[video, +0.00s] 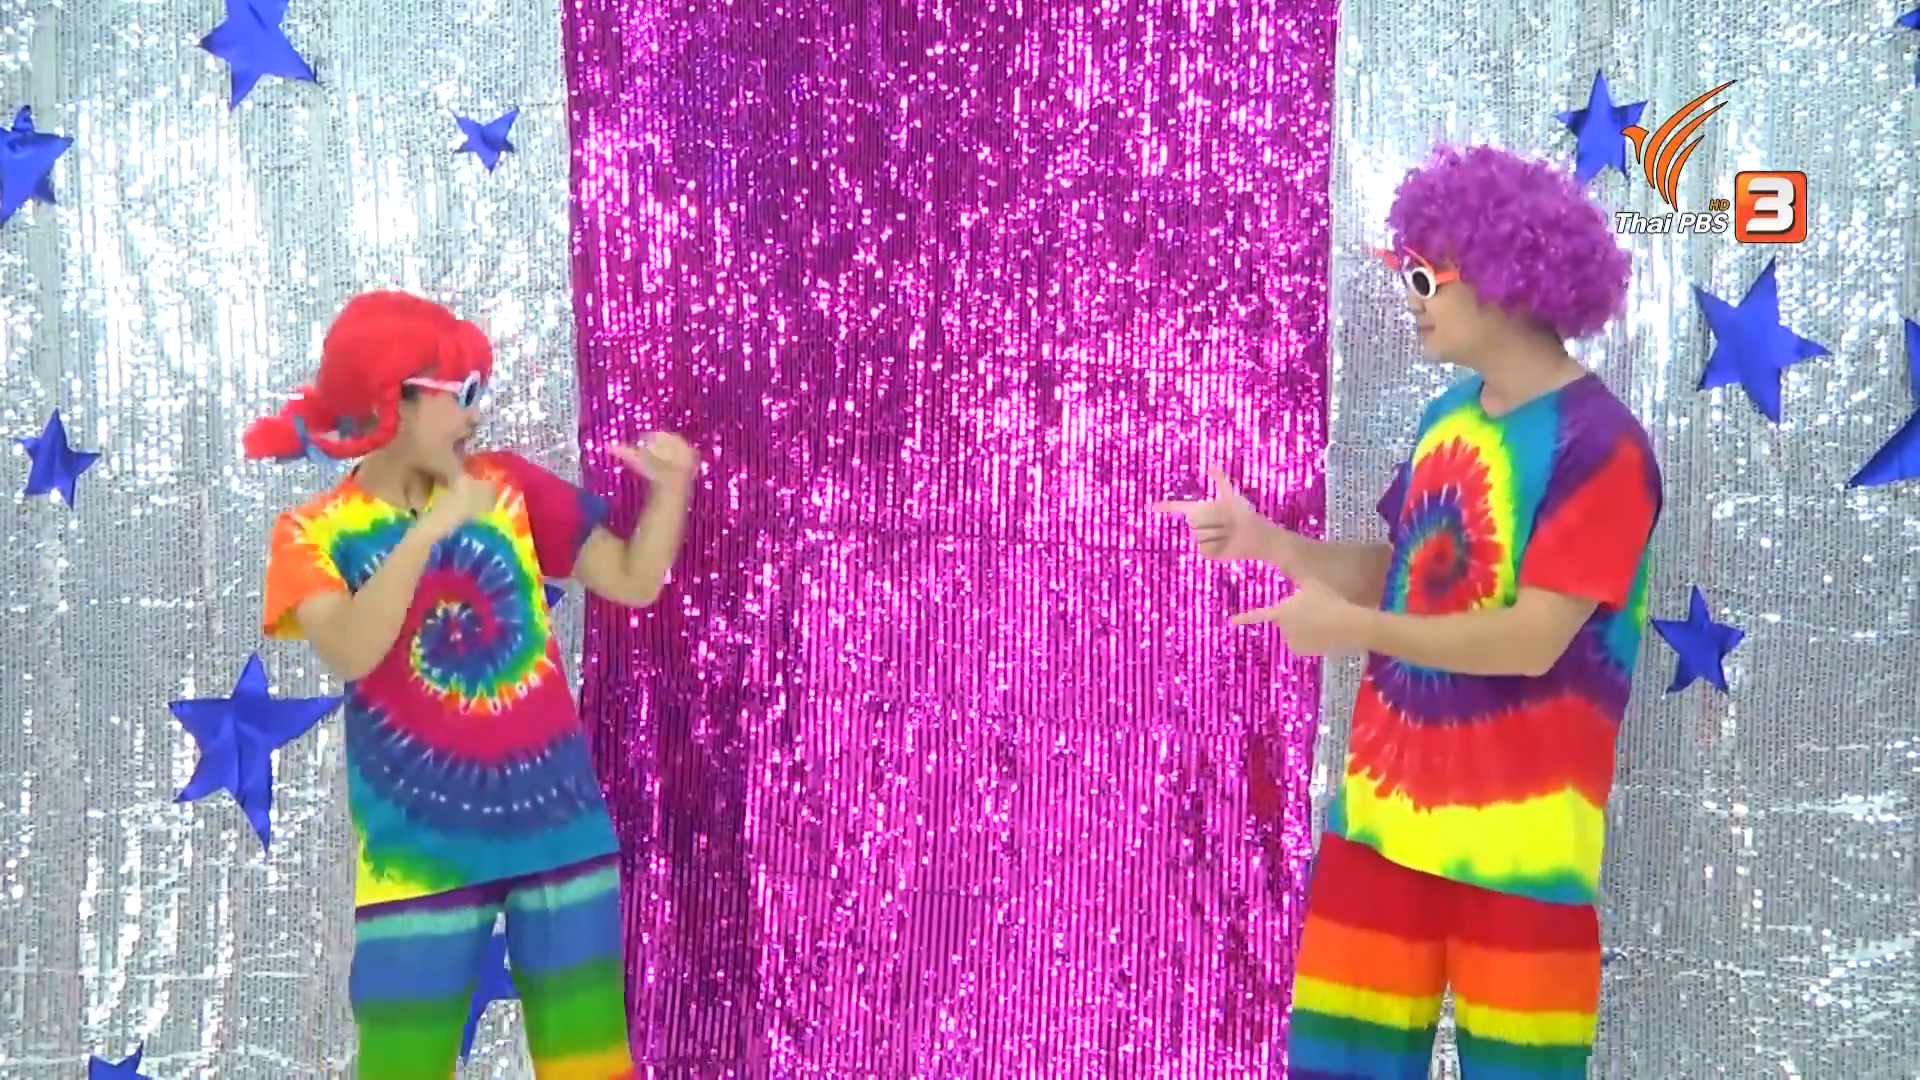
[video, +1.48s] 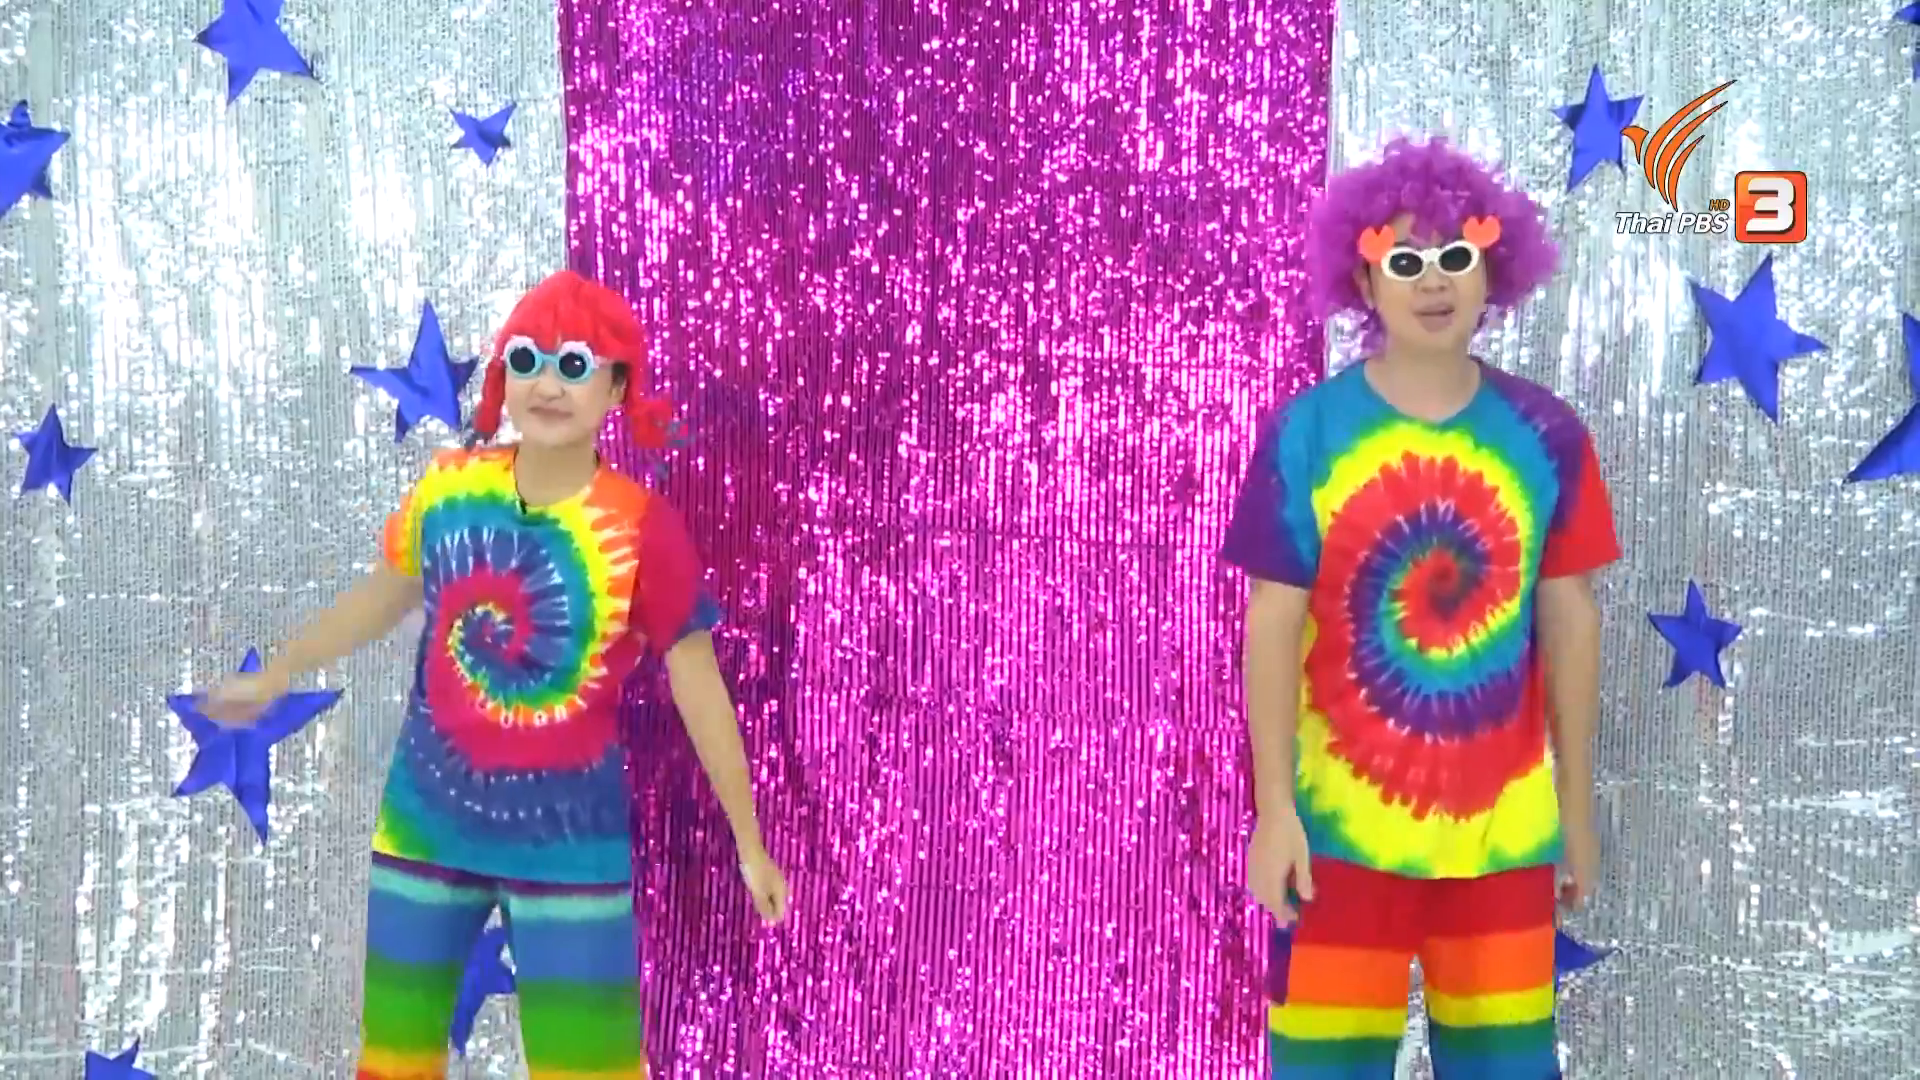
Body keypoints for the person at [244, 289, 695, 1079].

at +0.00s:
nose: (475, 414)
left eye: (473, 394)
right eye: (458, 394)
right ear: (392, 404)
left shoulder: (507, 485)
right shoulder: (309, 533)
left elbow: (633, 579)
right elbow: (351, 650)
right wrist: (432, 525)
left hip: (562, 839)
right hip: (418, 855)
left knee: (589, 1063)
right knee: (402, 1067)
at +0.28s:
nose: (454, 404)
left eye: (461, 380)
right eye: (429, 384)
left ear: (474, 385)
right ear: (366, 400)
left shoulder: (511, 465)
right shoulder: (309, 520)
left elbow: (663, 519)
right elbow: (314, 610)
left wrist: (611, 407)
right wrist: (352, 457)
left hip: (559, 831)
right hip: (409, 847)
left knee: (598, 1056)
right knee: (399, 1063)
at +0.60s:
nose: (465, 423)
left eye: (483, 397)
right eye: (437, 409)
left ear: (525, 402)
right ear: (415, 431)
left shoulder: (584, 511)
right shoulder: (389, 535)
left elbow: (665, 624)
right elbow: (320, 650)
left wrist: (574, 596)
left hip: (562, 856)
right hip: (420, 858)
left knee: (565, 1064)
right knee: (389, 1063)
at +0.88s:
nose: (508, 382)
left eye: (531, 357)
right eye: (486, 365)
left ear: (584, 374)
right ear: (472, 391)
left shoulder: (614, 499)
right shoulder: (470, 511)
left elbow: (653, 664)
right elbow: (436, 657)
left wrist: (658, 822)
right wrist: (373, 774)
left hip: (574, 832)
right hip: (452, 824)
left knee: (574, 1056)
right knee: (410, 1051)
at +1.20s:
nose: (535, 402)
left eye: (561, 379)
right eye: (515, 382)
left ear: (611, 400)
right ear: (497, 405)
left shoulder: (638, 537)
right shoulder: (491, 509)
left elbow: (662, 704)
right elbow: (481, 660)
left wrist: (669, 832)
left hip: (578, 835)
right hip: (458, 822)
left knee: (567, 1054)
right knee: (424, 1049)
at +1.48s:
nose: (547, 383)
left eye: (575, 364)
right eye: (527, 359)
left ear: (614, 393)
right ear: (500, 379)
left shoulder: (641, 523)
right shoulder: (446, 485)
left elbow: (695, 676)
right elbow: (380, 595)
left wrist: (750, 841)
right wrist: (271, 674)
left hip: (572, 837)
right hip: (428, 826)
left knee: (588, 1061)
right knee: (395, 1058)